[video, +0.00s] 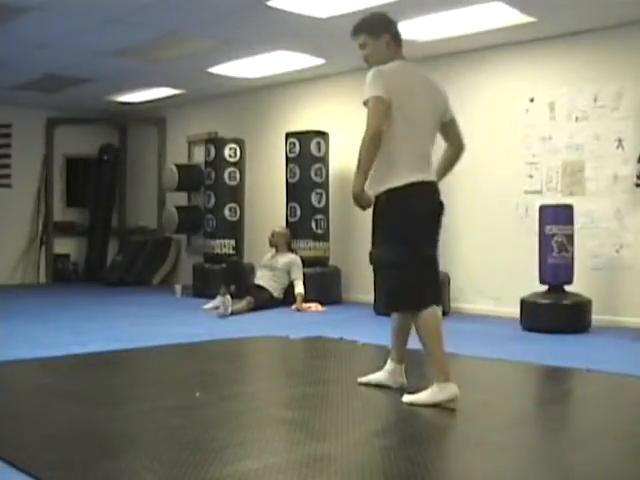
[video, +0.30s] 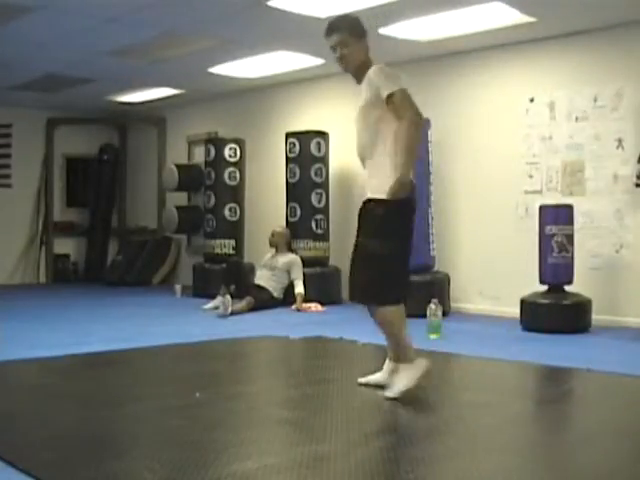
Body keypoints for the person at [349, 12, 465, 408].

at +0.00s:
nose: (362, 55)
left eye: (365, 47)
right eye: (360, 48)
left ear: (389, 41)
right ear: (394, 46)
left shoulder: (381, 76)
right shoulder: (429, 83)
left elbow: (375, 129)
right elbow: (456, 145)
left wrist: (358, 183)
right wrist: (431, 180)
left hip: (397, 197)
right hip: (425, 196)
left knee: (419, 291)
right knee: (402, 288)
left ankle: (443, 382)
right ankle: (395, 368)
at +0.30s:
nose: (339, 58)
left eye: (342, 48)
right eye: (334, 52)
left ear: (362, 41)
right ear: (339, 53)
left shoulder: (380, 75)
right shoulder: (370, 85)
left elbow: (413, 119)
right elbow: (417, 122)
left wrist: (405, 175)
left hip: (391, 199)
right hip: (378, 199)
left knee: (374, 285)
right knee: (376, 285)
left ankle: (408, 360)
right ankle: (395, 360)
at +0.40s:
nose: (334, 57)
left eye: (339, 48)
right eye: (328, 52)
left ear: (357, 44)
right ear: (326, 55)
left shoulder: (380, 78)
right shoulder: (356, 92)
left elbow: (415, 122)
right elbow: (374, 143)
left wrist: (409, 177)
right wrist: (359, 186)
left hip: (384, 197)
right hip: (368, 198)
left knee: (363, 285)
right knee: (382, 286)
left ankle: (372, 367)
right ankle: (394, 364)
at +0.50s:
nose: (330, 56)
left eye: (336, 48)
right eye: (325, 50)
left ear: (355, 46)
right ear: (322, 54)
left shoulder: (380, 83)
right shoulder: (338, 100)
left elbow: (412, 132)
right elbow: (333, 153)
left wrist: (407, 185)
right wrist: (318, 187)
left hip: (376, 198)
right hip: (348, 200)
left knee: (360, 287)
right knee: (369, 287)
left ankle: (350, 371)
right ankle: (393, 364)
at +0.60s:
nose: (331, 55)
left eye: (337, 48)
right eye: (326, 49)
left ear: (355, 48)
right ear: (321, 53)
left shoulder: (376, 87)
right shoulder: (325, 96)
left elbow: (404, 141)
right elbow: (311, 149)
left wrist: (399, 193)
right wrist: (292, 193)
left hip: (368, 202)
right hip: (335, 202)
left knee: (357, 290)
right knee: (347, 288)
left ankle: (350, 371)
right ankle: (386, 352)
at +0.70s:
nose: (333, 52)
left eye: (342, 46)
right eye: (330, 44)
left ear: (357, 51)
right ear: (323, 47)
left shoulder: (374, 88)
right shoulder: (313, 92)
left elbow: (397, 143)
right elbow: (294, 141)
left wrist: (393, 196)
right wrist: (273, 187)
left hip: (364, 203)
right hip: (325, 202)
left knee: (357, 292)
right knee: (316, 287)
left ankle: (350, 370)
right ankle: (358, 335)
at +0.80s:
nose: (336, 53)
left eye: (346, 49)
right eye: (334, 44)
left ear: (358, 54)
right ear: (326, 43)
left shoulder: (369, 90)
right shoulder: (304, 87)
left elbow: (389, 142)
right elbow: (281, 128)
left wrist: (391, 190)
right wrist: (264, 163)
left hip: (356, 205)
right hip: (314, 201)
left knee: (354, 292)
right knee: (299, 282)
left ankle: (350, 369)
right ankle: (319, 348)